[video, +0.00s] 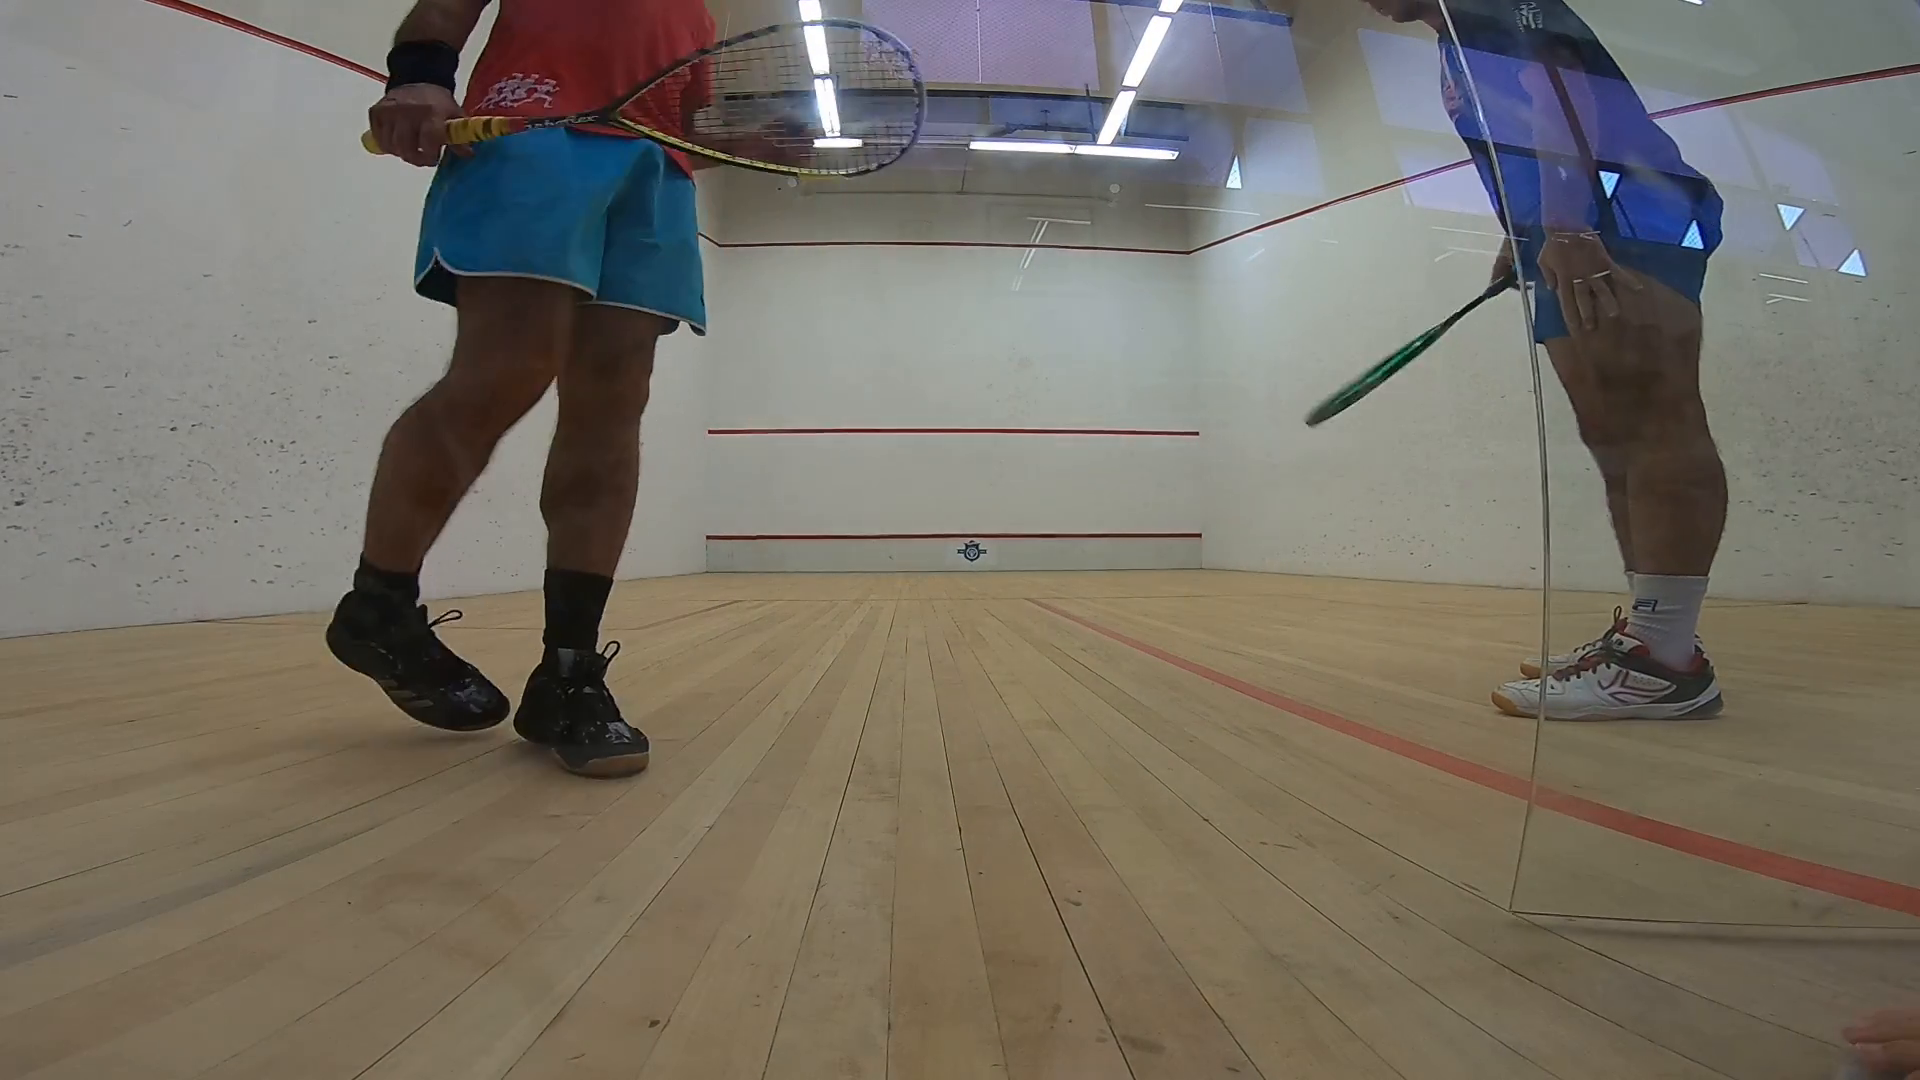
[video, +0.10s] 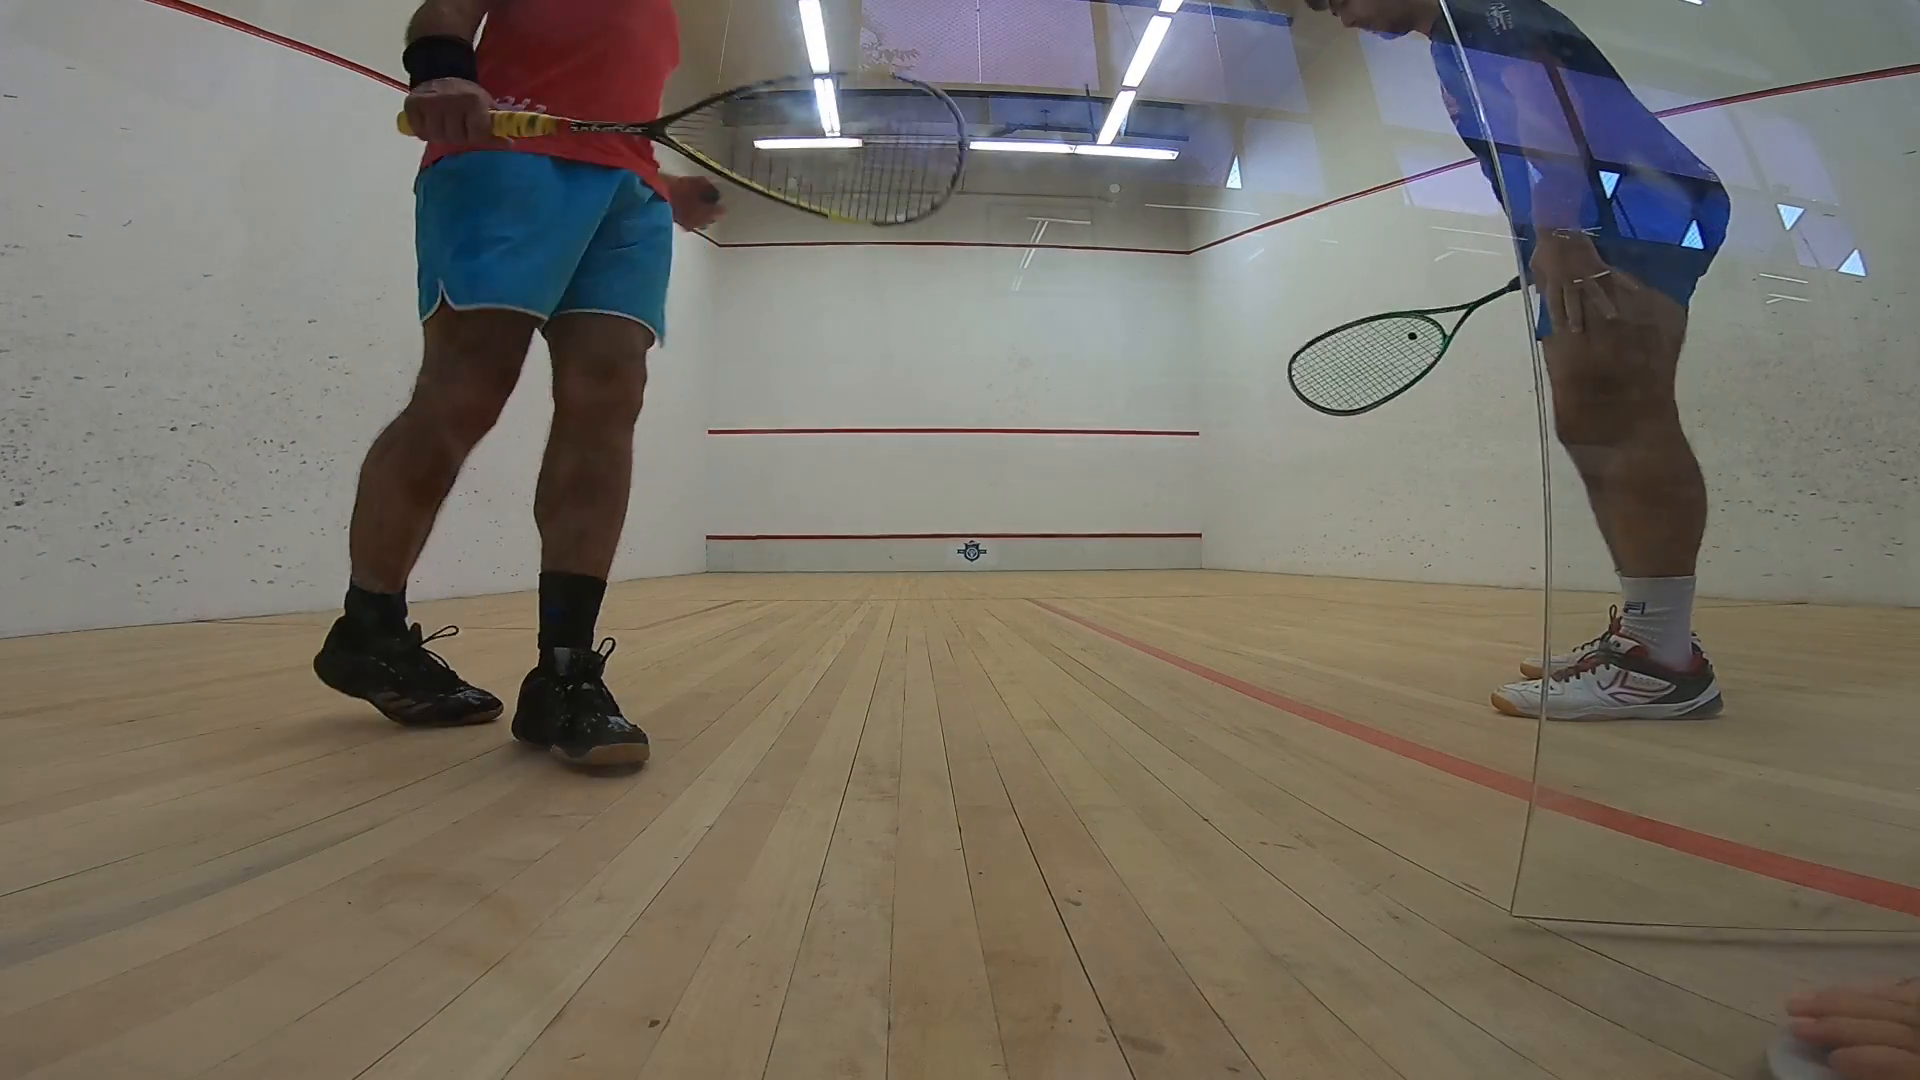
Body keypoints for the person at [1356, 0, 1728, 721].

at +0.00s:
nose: (1374, 5)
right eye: (1369, 3)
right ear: (1397, 10)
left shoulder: (1491, 8)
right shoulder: (1459, 57)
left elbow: (1558, 82)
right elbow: (1522, 139)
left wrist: (1569, 225)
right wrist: (1519, 229)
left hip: (1628, 218)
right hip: (1570, 237)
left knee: (1659, 421)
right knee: (1613, 431)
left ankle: (1670, 659)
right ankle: (1649, 637)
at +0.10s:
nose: (1348, 22)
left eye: (1340, 4)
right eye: (1336, 14)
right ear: (1364, 6)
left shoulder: (1487, 19)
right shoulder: (1459, 37)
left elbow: (1553, 122)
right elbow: (1528, 141)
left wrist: (1561, 229)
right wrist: (1543, 241)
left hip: (1637, 209)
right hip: (1596, 220)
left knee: (1625, 418)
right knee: (1593, 424)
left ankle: (1668, 658)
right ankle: (1648, 642)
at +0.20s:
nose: (1345, 43)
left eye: (1329, 23)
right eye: (1328, 36)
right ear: (1347, 22)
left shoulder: (1465, 23)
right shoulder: (1447, 51)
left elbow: (1536, 134)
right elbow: (1522, 156)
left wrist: (1539, 239)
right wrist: (1530, 249)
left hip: (1652, 213)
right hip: (1608, 217)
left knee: (1588, 413)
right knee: (1560, 410)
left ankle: (1662, 659)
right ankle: (1637, 639)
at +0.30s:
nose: (1356, 69)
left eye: (1340, 53)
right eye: (1340, 64)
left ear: (1351, 12)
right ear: (1360, 15)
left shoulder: (1445, 31)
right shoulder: (1434, 49)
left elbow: (1514, 134)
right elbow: (1493, 160)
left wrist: (1531, 246)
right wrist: (1512, 254)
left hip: (1648, 222)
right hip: (1608, 226)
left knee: (1593, 415)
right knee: (1562, 412)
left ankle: (1662, 661)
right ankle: (1629, 624)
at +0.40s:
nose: (1359, 85)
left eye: (1343, 72)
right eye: (1345, 82)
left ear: (1350, 37)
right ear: (1367, 27)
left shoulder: (1414, 39)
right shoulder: (1432, 46)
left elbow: (1474, 140)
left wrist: (1509, 251)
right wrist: (1525, 256)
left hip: (1636, 218)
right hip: (1621, 220)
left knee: (1610, 410)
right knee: (1577, 406)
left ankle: (1664, 660)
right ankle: (1623, 616)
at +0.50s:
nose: (1373, 102)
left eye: (1358, 90)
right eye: (1361, 100)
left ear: (1358, 54)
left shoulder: (1405, 54)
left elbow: (1464, 136)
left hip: (1605, 227)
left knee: (1624, 423)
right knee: (1611, 423)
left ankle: (1663, 658)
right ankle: (1627, 627)